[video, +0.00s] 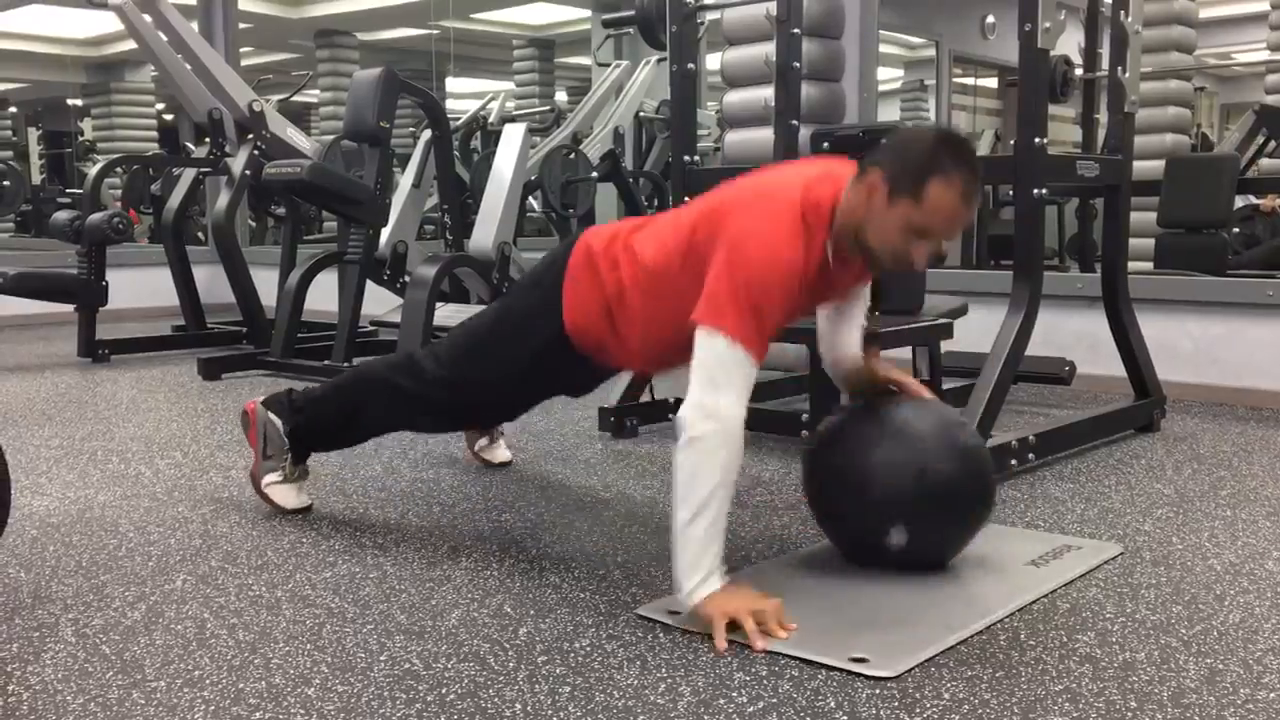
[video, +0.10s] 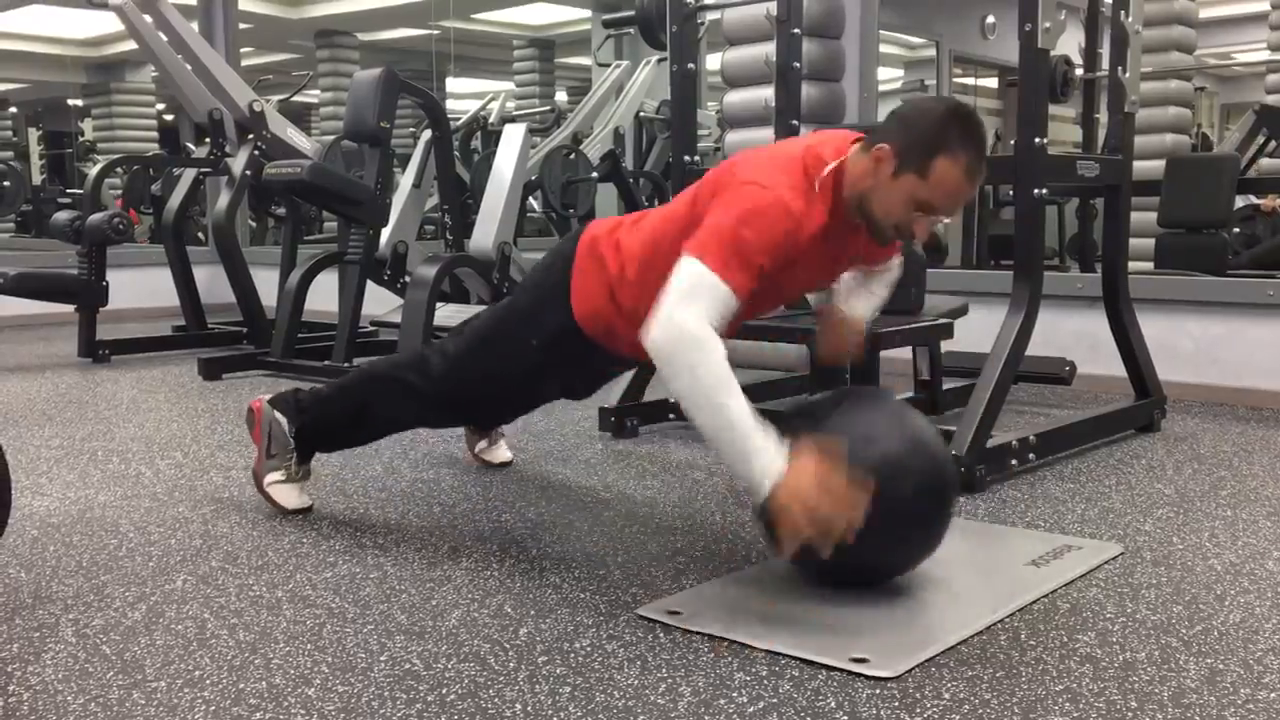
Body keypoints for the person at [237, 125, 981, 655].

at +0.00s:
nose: (927, 258)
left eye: (941, 244)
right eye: (924, 237)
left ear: (909, 205)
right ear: (874, 189)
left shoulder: (864, 219)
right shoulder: (776, 230)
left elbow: (837, 303)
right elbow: (714, 411)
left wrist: (857, 365)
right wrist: (704, 584)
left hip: (633, 314)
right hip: (585, 291)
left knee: (529, 377)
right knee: (440, 384)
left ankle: (476, 415)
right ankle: (284, 424)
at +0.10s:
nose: (925, 228)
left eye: (941, 217)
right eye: (920, 207)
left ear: (923, 180)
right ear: (877, 162)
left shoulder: (879, 188)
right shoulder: (775, 199)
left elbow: (885, 255)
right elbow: (678, 335)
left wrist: (849, 309)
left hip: (650, 323)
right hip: (597, 284)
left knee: (542, 377)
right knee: (452, 380)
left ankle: (480, 414)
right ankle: (292, 424)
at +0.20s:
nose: (940, 260)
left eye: (954, 247)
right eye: (938, 239)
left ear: (928, 215)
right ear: (895, 197)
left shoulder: (896, 230)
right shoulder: (791, 211)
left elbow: (924, 310)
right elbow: (652, 286)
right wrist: (761, 403)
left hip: (649, 338)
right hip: (590, 317)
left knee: (530, 379)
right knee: (453, 392)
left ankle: (467, 419)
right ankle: (289, 424)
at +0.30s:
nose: (966, 357)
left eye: (979, 345)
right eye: (962, 335)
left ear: (964, 313)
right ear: (919, 292)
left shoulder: (932, 319)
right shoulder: (828, 277)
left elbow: (959, 396)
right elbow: (673, 294)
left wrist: (954, 499)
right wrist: (718, 431)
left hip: (672, 378)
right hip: (622, 347)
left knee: (545, 397)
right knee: (473, 408)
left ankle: (481, 421)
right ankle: (293, 423)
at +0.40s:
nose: (983, 475)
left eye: (1002, 466)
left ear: (975, 407)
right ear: (959, 409)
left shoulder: (932, 374)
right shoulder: (858, 367)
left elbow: (940, 431)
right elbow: (709, 310)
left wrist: (954, 497)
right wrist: (723, 441)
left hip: (674, 384)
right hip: (639, 396)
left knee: (534, 403)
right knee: (480, 441)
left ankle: (459, 388)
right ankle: (306, 422)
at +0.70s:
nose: (993, 471)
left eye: (1011, 464)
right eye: (995, 452)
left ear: (984, 416)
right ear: (958, 403)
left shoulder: (933, 388)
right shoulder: (865, 373)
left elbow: (940, 429)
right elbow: (709, 308)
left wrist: (950, 500)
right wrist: (724, 448)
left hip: (695, 415)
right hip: (655, 399)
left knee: (554, 419)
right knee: (488, 443)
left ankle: (469, 388)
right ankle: (316, 424)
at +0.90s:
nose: (967, 306)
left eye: (981, 292)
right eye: (961, 284)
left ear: (970, 273)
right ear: (912, 242)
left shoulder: (918, 300)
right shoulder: (817, 242)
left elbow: (935, 394)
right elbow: (672, 331)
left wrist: (944, 496)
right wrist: (780, 412)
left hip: (657, 356)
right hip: (609, 307)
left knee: (525, 386)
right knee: (460, 382)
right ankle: (301, 421)